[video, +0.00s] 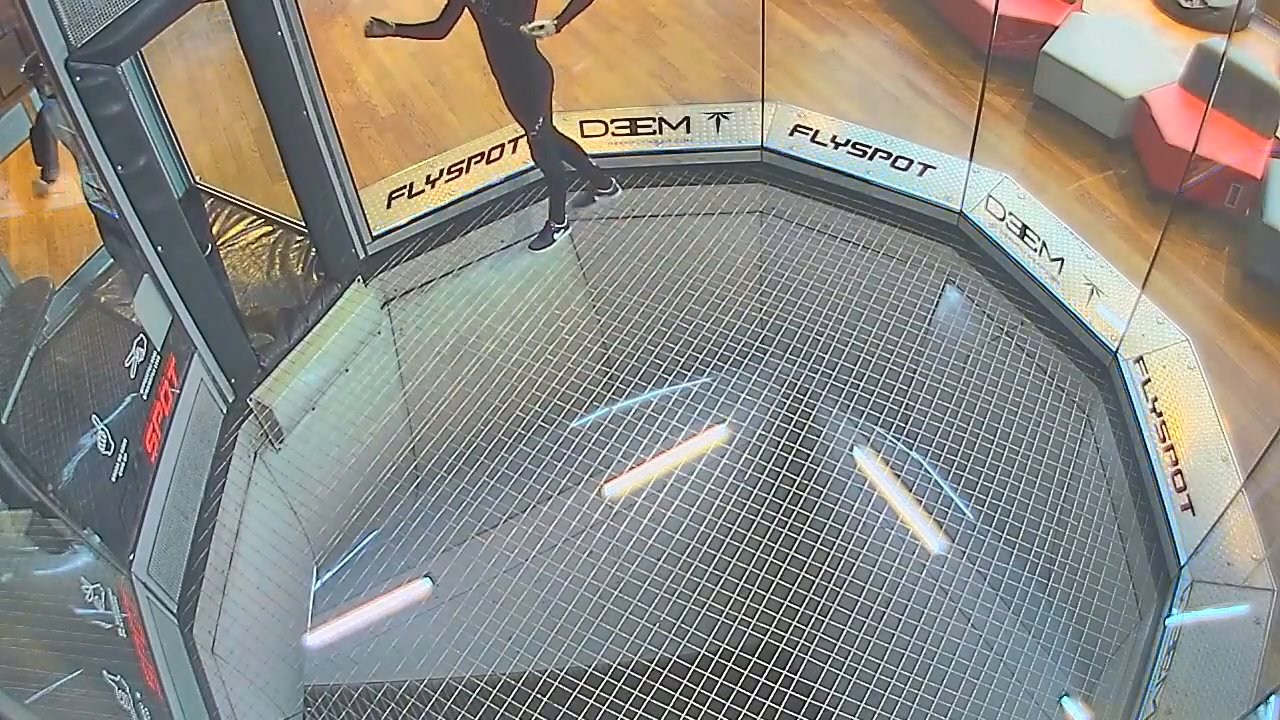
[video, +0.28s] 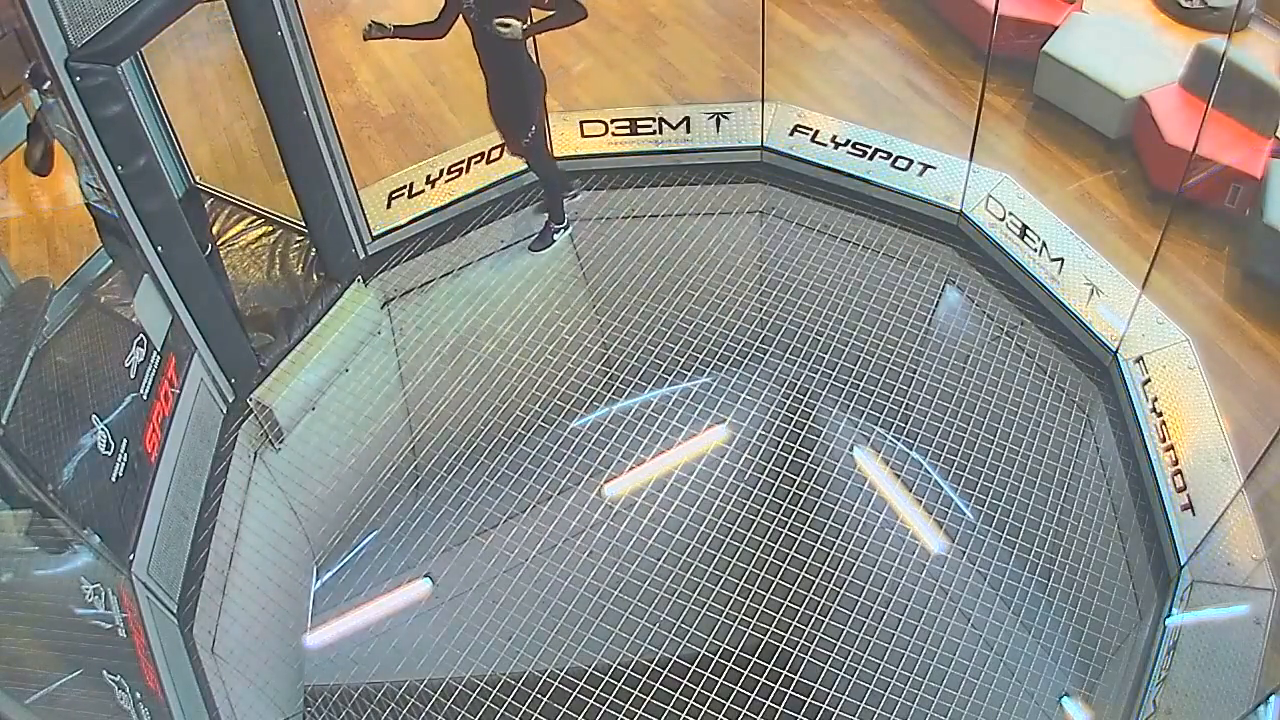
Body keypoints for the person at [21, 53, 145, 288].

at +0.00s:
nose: (44, 88)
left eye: (45, 79)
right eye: (38, 83)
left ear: (56, 74)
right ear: (35, 84)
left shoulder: (49, 114)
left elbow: (49, 168)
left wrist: (49, 177)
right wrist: (50, 176)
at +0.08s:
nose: (50, 82)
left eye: (50, 72)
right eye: (42, 79)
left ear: (63, 66)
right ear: (38, 85)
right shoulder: (48, 114)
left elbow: (42, 170)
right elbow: (42, 170)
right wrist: (37, 121)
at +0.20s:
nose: (50, 85)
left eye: (51, 76)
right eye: (42, 83)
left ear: (60, 70)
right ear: (38, 90)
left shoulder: (89, 89)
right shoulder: (46, 117)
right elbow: (41, 170)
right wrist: (37, 146)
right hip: (101, 195)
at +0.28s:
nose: (49, 87)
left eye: (51, 78)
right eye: (42, 85)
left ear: (64, 69)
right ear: (39, 90)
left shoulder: (95, 88)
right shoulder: (47, 114)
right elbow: (40, 168)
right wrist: (37, 127)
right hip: (102, 201)